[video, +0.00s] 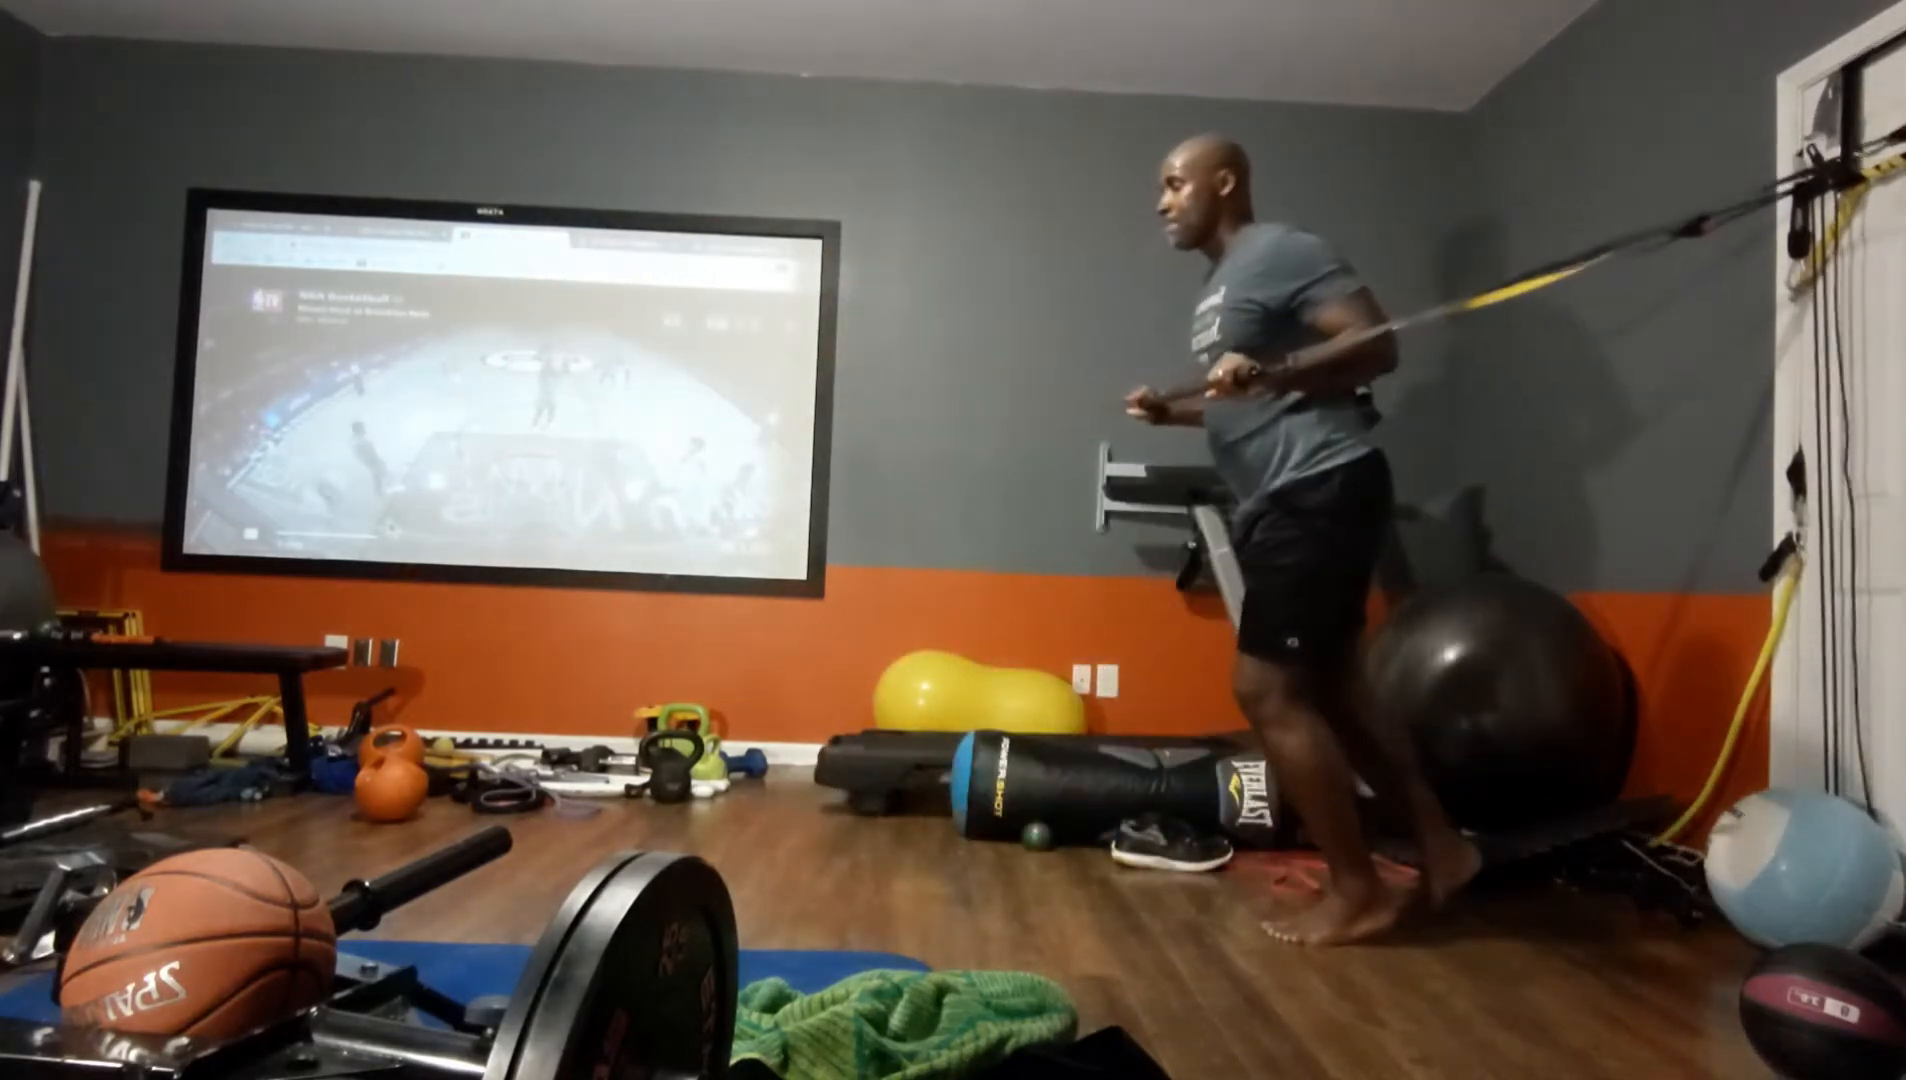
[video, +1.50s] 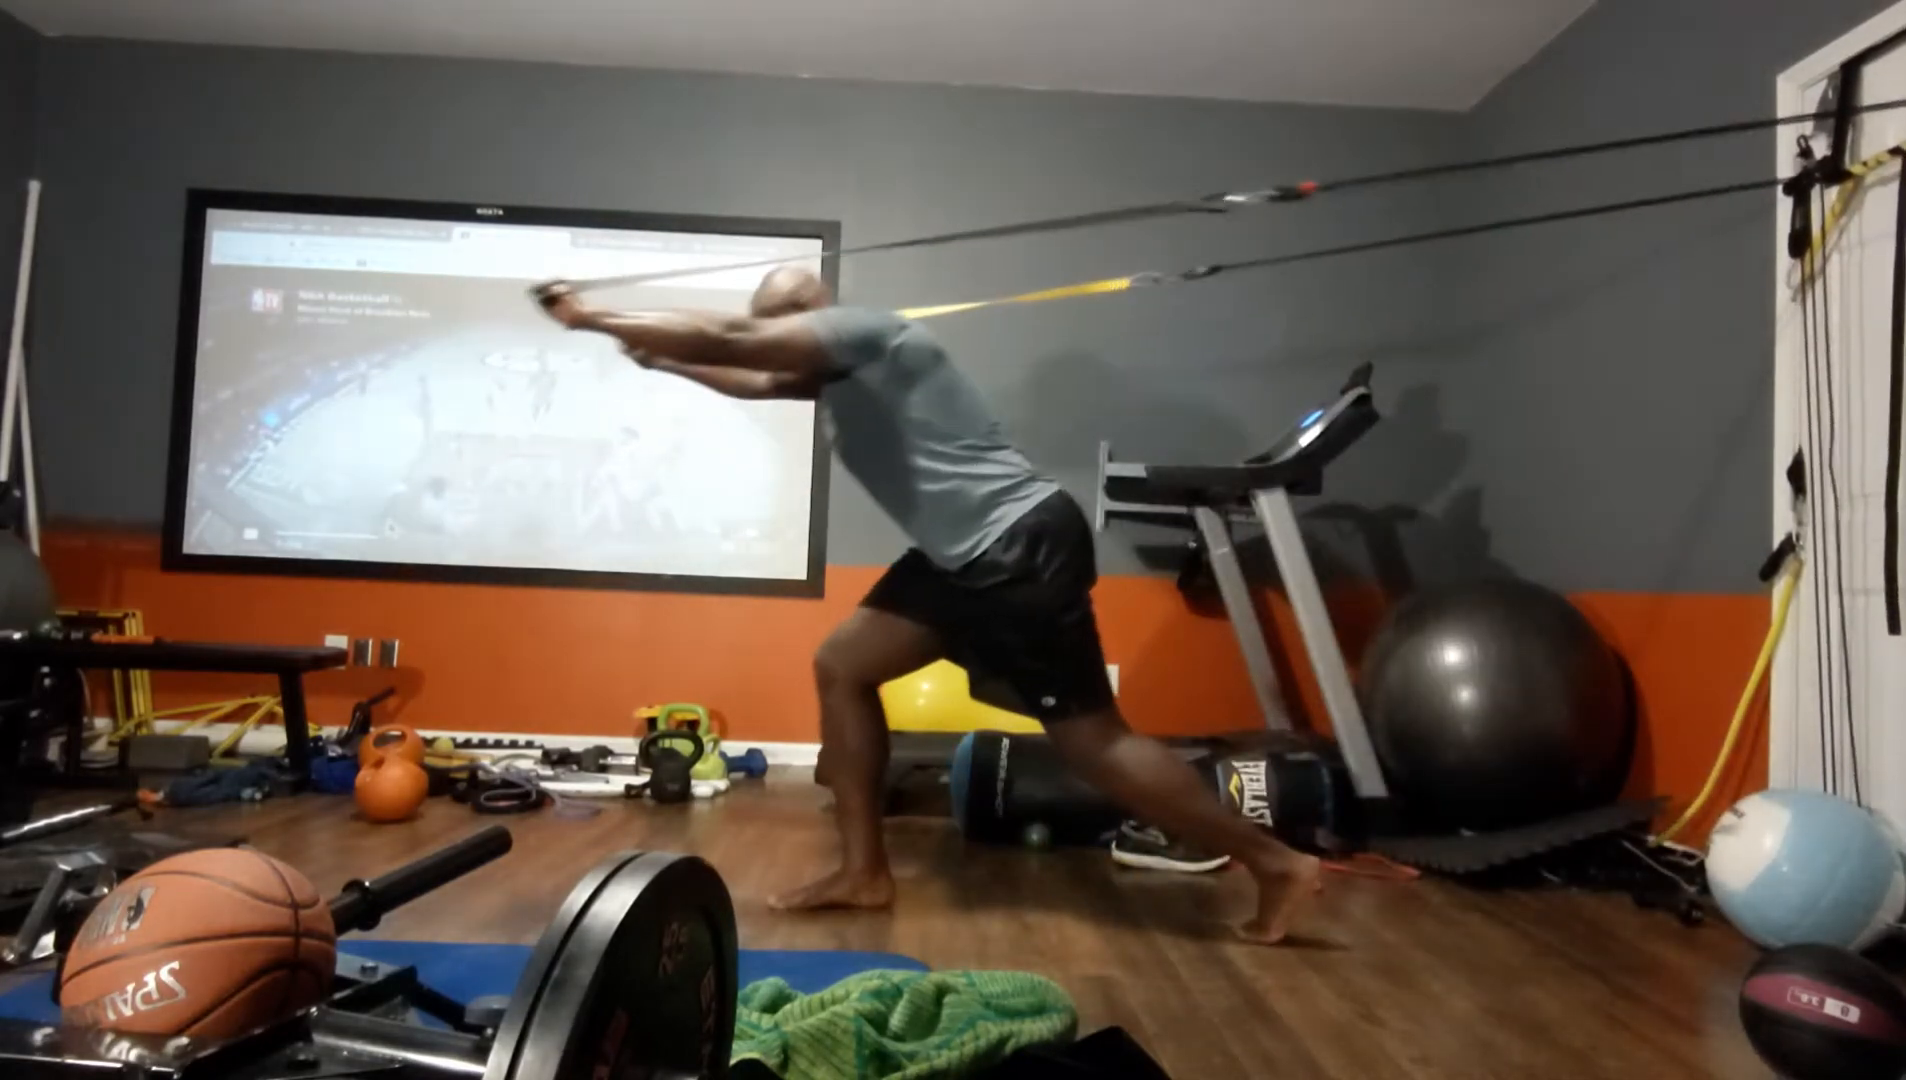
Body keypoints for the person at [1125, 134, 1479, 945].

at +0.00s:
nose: (1162, 202)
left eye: (1174, 185)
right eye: (1162, 188)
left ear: (1226, 186)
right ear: (1204, 195)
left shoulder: (1281, 250)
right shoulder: (1219, 290)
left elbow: (1376, 342)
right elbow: (1255, 401)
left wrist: (1274, 373)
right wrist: (1173, 407)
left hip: (1324, 484)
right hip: (1291, 491)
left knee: (1266, 689)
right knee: (1330, 681)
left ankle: (1355, 891)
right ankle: (1441, 847)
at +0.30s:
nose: (1107, 235)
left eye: (1115, 214)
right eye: (1101, 221)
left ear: (1166, 201)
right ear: (1155, 209)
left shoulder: (1229, 264)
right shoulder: (1166, 307)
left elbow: (1343, 348)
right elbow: (1214, 404)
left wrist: (1246, 378)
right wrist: (1148, 412)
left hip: (1284, 496)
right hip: (1257, 506)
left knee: (1232, 700)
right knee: (1315, 694)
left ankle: (1352, 885)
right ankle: (1441, 845)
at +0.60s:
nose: (978, 282)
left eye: (981, 259)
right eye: (966, 272)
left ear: (1024, 234)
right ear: (975, 274)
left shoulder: (1086, 281)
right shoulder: (1050, 326)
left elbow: (1151, 358)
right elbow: (1108, 403)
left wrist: (1037, 380)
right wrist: (1033, 416)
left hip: (1189, 514)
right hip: (1134, 529)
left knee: (1212, 725)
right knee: (1046, 671)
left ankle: (1353, 883)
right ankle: (1183, 827)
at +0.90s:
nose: (763, 339)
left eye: (764, 323)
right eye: (760, 328)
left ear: (792, 305)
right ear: (803, 306)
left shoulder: (865, 330)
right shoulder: (851, 369)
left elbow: (734, 331)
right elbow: (756, 373)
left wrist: (599, 307)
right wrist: (663, 352)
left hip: (1044, 537)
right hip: (976, 551)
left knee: (1120, 738)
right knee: (869, 667)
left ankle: (1316, 857)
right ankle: (865, 873)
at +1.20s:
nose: (702, 383)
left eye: (706, 365)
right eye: (698, 370)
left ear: (739, 340)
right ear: (752, 347)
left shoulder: (807, 359)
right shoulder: (817, 376)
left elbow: (671, 379)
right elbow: (674, 382)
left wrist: (532, 348)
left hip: (991, 549)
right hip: (935, 558)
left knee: (1078, 743)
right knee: (819, 670)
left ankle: (1266, 860)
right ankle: (859, 870)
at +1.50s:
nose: (757, 330)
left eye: (762, 316)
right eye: (757, 318)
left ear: (801, 299)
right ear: (804, 304)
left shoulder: (868, 328)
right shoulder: (845, 371)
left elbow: (732, 336)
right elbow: (744, 376)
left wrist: (594, 315)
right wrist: (651, 351)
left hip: (1024, 545)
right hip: (958, 558)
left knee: (1097, 749)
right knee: (842, 667)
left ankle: (1280, 867)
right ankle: (861, 872)